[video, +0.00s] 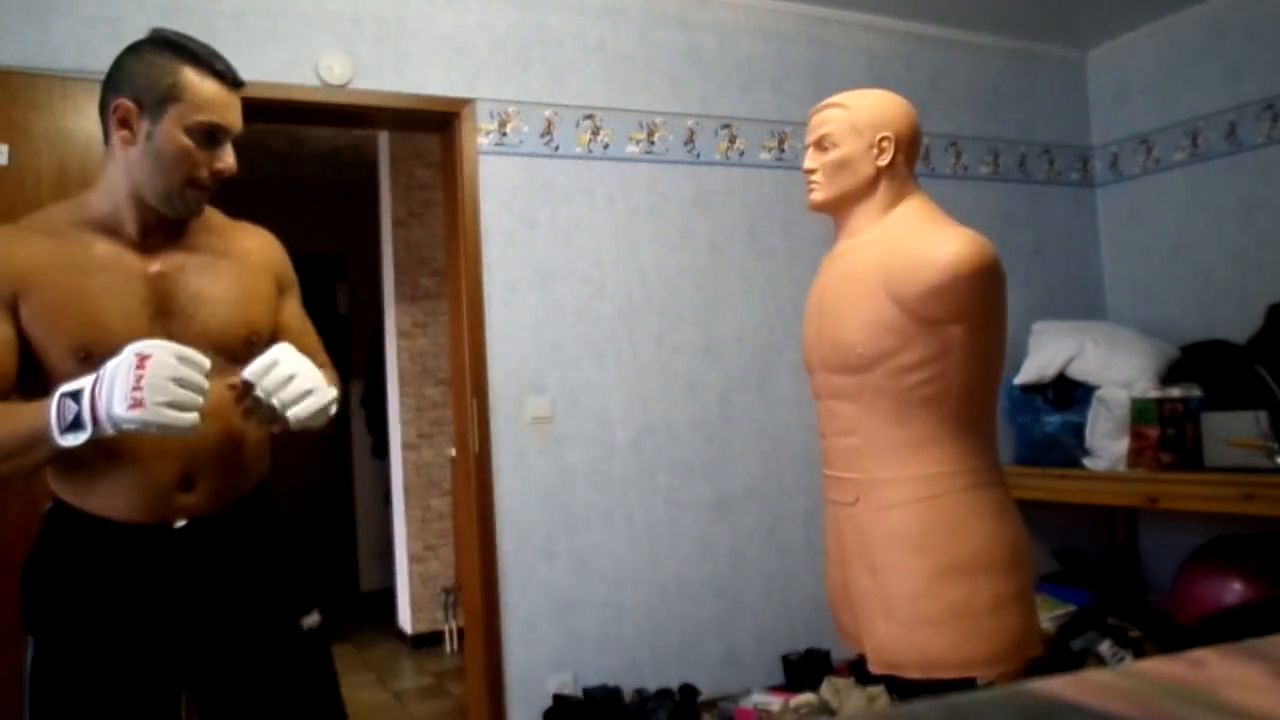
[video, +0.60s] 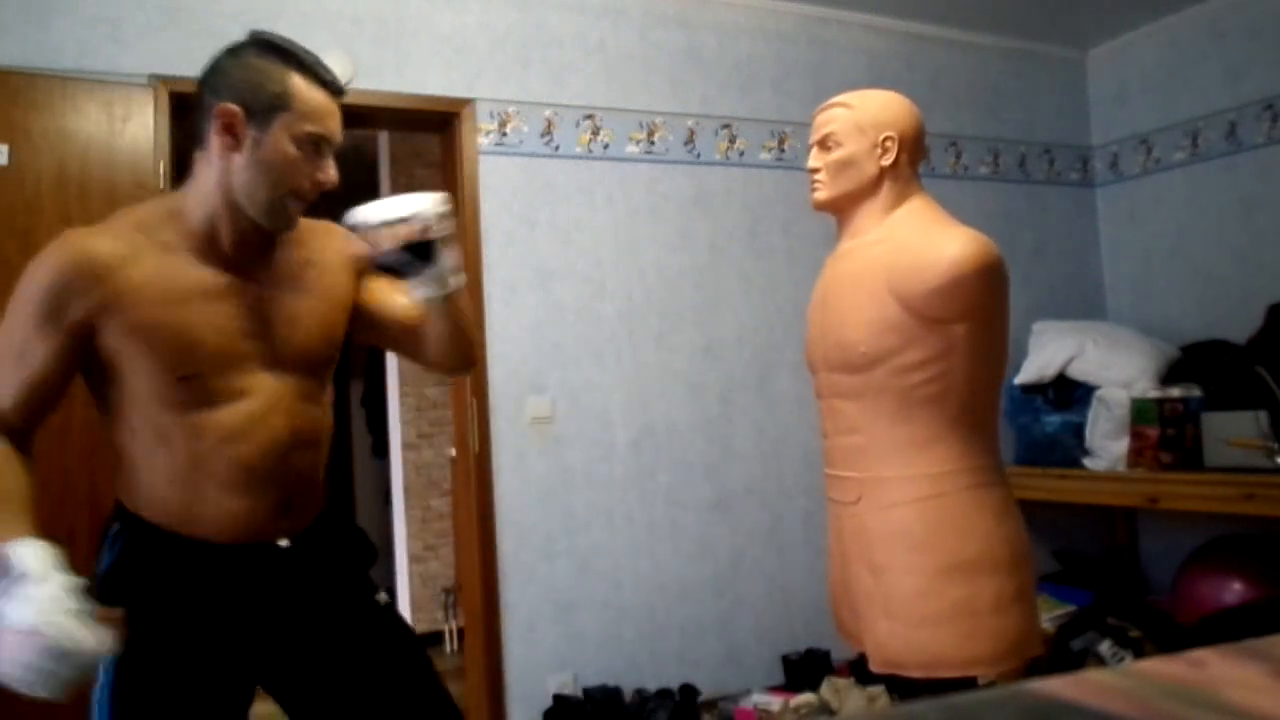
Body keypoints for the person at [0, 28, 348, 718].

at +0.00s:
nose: (227, 165)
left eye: (232, 144)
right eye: (207, 138)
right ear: (125, 125)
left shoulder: (259, 252)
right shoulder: (20, 255)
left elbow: (320, 384)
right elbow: (5, 435)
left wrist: (309, 388)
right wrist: (87, 404)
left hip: (246, 564)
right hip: (94, 574)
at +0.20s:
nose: (268, 162)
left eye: (271, 141)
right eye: (245, 136)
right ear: (165, 126)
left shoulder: (304, 247)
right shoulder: (57, 270)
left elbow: (391, 391)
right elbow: (3, 423)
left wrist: (336, 347)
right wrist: (47, 476)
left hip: (298, 564)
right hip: (149, 575)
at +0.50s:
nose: (309, 168)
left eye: (311, 145)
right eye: (287, 139)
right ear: (205, 124)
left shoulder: (317, 253)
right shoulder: (72, 262)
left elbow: (445, 375)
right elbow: (10, 423)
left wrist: (383, 298)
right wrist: (19, 554)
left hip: (309, 577)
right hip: (157, 588)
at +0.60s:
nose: (330, 176)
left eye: (333, 153)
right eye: (311, 147)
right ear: (230, 132)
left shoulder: (334, 254)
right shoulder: (93, 267)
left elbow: (451, 357)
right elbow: (8, 431)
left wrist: (440, 280)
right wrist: (25, 566)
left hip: (312, 581)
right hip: (169, 588)